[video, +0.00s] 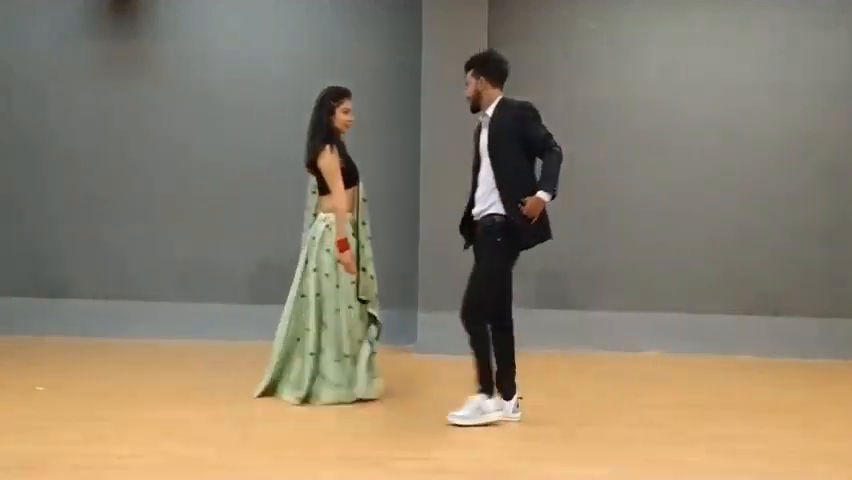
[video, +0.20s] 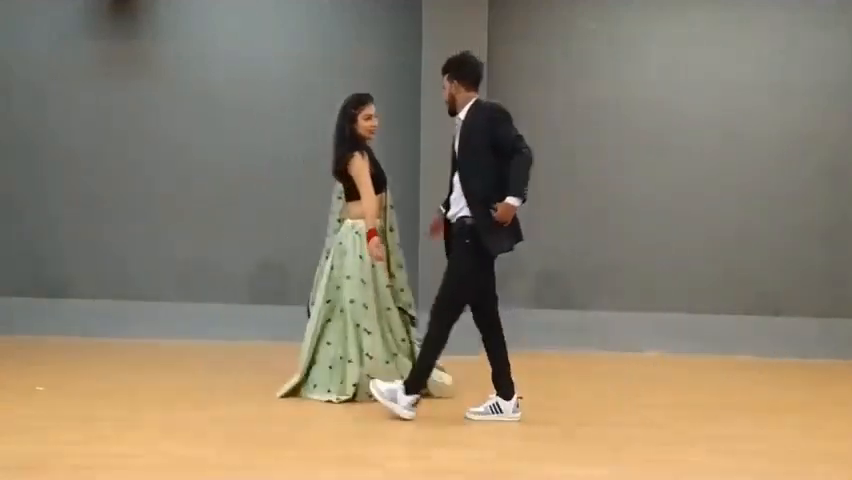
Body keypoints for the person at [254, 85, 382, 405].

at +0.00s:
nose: (350, 117)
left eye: (351, 111)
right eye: (345, 112)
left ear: (337, 114)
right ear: (329, 114)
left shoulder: (334, 149)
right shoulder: (328, 151)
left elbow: (338, 200)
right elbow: (339, 200)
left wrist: (346, 242)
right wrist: (344, 244)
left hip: (338, 234)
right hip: (334, 236)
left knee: (340, 308)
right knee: (337, 309)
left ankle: (338, 377)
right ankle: (335, 379)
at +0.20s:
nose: (374, 123)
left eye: (374, 118)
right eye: (367, 118)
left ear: (371, 121)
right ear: (352, 121)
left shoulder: (361, 155)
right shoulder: (356, 157)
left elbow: (367, 196)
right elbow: (367, 196)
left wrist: (374, 230)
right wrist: (372, 234)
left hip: (360, 234)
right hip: (359, 235)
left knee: (363, 305)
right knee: (361, 305)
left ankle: (361, 373)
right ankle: (360, 374)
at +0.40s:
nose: (399, 120)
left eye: (399, 114)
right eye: (392, 115)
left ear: (399, 118)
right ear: (377, 120)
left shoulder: (394, 152)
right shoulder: (386, 153)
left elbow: (403, 193)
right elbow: (391, 183)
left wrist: (415, 204)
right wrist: (390, 201)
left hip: (401, 232)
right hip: (392, 233)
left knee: (399, 305)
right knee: (392, 304)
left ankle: (397, 373)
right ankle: (391, 375)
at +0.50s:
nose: (410, 118)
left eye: (413, 112)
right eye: (403, 114)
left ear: (420, 115)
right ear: (392, 121)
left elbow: (436, 179)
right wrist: (396, 180)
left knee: (427, 304)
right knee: (394, 302)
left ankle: (427, 374)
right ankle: (394, 374)